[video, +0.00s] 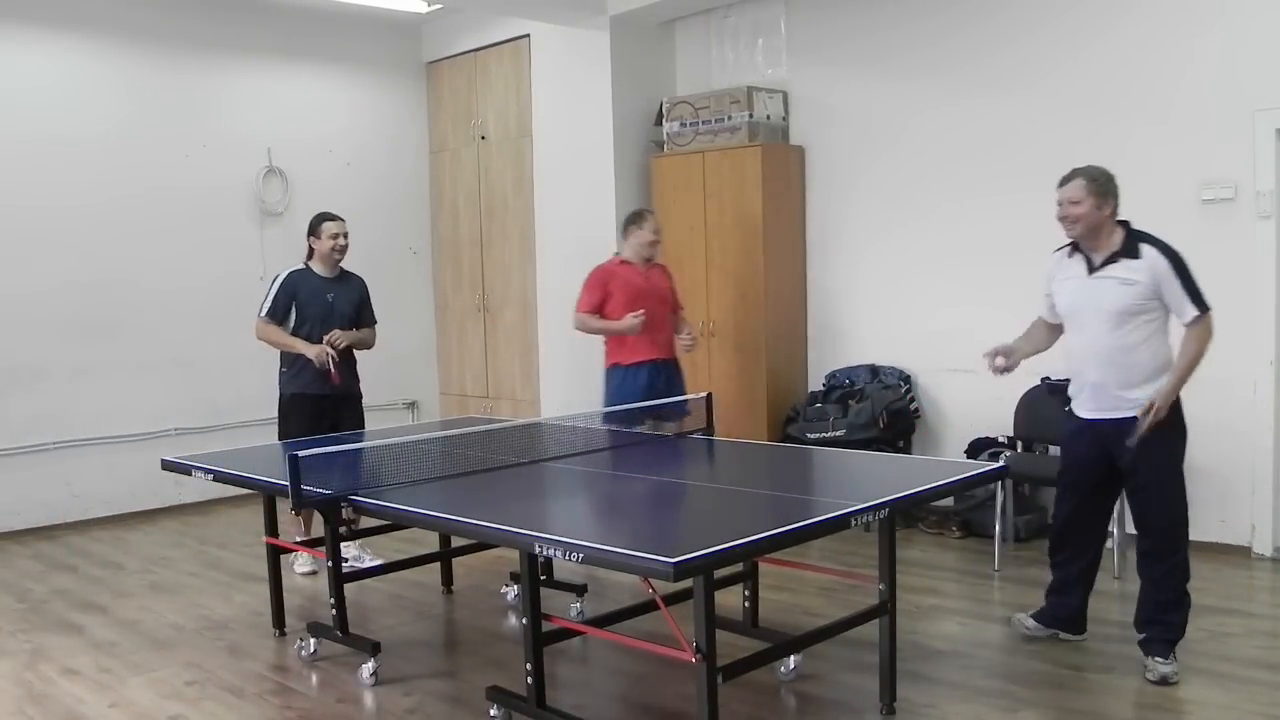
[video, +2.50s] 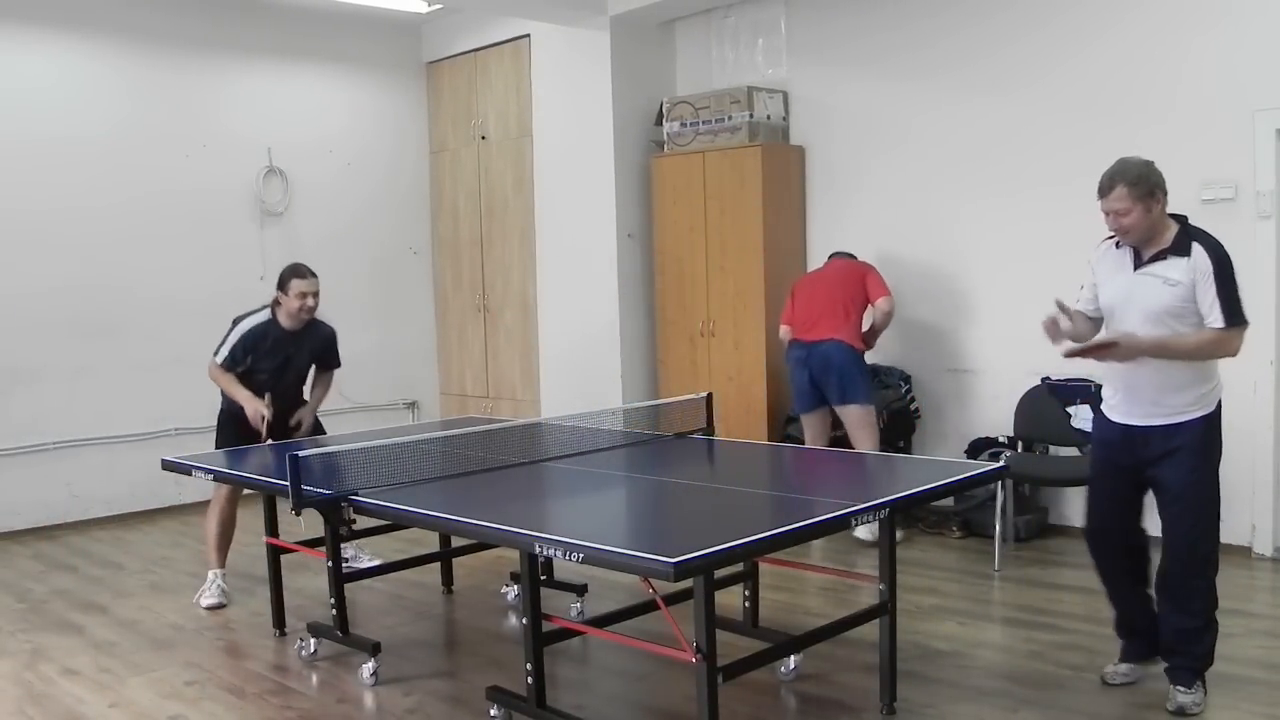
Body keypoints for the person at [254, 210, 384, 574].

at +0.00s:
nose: (342, 242)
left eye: (345, 236)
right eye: (334, 237)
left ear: (347, 241)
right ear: (313, 242)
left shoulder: (355, 284)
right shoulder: (291, 280)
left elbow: (369, 337)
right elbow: (263, 328)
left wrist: (350, 336)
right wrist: (306, 348)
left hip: (346, 394)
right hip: (301, 395)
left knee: (350, 466)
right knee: (301, 469)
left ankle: (346, 543)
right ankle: (302, 546)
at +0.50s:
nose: (310, 243)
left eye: (312, 236)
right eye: (301, 238)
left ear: (315, 241)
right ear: (281, 245)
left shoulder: (331, 283)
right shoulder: (263, 287)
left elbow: (350, 329)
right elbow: (242, 339)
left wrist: (341, 342)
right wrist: (287, 341)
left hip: (328, 402)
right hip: (281, 406)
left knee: (339, 476)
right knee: (276, 488)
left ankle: (342, 550)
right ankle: (270, 561)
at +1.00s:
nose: (272, 243)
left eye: (274, 236)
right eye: (262, 238)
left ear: (279, 238)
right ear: (243, 246)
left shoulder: (298, 279)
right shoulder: (229, 290)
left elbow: (317, 323)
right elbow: (214, 348)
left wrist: (311, 339)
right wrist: (263, 349)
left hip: (302, 402)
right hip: (255, 408)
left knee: (326, 474)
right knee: (257, 488)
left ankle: (342, 549)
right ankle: (267, 565)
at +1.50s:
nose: (310, 252)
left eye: (314, 245)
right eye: (302, 246)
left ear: (319, 248)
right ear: (282, 250)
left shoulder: (333, 289)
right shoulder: (262, 292)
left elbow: (347, 334)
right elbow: (239, 343)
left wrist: (337, 353)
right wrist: (282, 353)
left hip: (322, 405)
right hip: (274, 408)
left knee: (340, 476)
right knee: (268, 490)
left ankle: (348, 547)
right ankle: (267, 564)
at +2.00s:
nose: (332, 272)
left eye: (335, 265)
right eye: (323, 266)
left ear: (336, 267)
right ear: (300, 269)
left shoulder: (338, 308)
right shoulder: (274, 306)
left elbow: (343, 352)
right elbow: (248, 358)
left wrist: (347, 376)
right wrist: (299, 366)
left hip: (315, 414)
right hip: (267, 417)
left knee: (356, 468)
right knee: (246, 486)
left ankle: (356, 547)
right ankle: (220, 573)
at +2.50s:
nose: (310, 303)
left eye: (315, 296)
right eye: (302, 296)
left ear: (319, 296)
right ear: (280, 296)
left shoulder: (322, 334)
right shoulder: (250, 327)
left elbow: (325, 372)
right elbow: (216, 369)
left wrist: (312, 406)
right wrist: (248, 400)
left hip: (291, 413)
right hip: (242, 413)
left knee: (331, 471)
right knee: (227, 489)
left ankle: (342, 548)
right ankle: (215, 577)